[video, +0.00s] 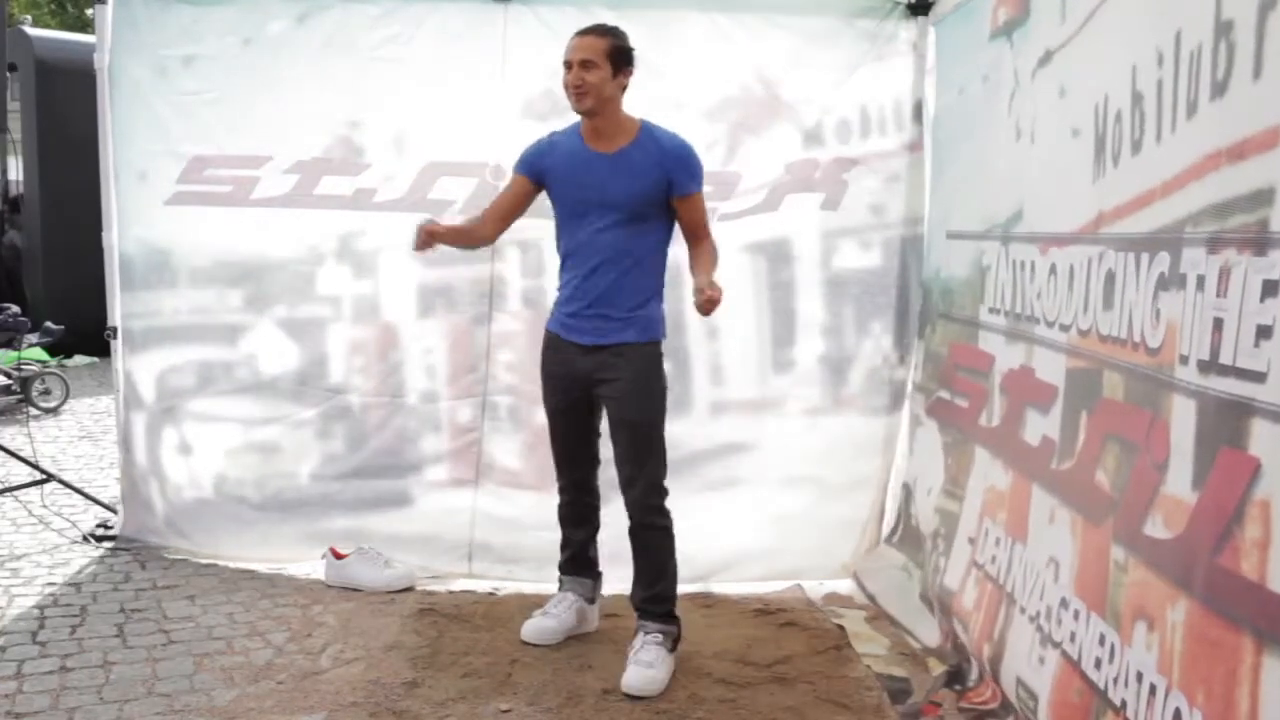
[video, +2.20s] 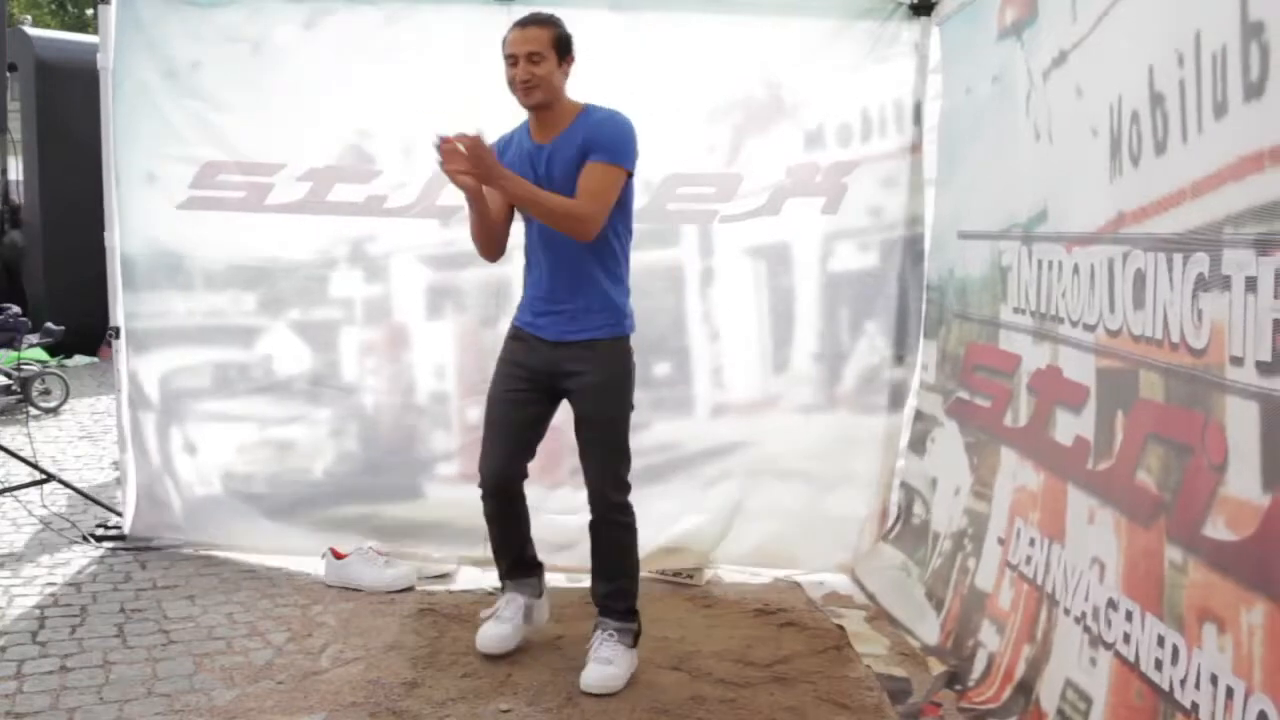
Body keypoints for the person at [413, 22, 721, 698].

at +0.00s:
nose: (574, 78)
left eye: (588, 67)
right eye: (569, 67)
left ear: (622, 76)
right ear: (564, 77)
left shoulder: (669, 153)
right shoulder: (549, 152)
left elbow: (700, 239)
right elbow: (488, 227)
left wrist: (703, 280)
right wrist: (447, 233)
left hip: (634, 347)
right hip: (564, 344)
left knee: (643, 496)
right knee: (575, 485)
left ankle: (657, 631)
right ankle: (577, 595)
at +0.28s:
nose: (591, 81)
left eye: (605, 70)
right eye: (587, 71)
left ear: (644, 81)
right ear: (584, 84)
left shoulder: (684, 162)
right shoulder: (577, 166)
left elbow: (687, 269)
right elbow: (559, 267)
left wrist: (628, 258)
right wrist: (511, 237)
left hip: (656, 356)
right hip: (589, 347)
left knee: (652, 503)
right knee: (556, 480)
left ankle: (656, 635)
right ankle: (584, 589)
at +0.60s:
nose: (580, 90)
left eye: (593, 78)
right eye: (576, 79)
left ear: (633, 85)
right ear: (577, 89)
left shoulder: (664, 149)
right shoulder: (599, 174)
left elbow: (639, 247)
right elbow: (590, 274)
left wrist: (542, 229)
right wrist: (536, 250)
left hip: (655, 363)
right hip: (604, 356)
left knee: (638, 504)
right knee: (568, 486)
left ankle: (669, 642)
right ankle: (610, 617)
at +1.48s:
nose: (563, 91)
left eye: (577, 81)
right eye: (555, 79)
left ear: (606, 87)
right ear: (546, 83)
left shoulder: (640, 163)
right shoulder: (524, 159)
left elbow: (645, 268)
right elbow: (498, 258)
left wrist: (595, 266)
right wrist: (497, 251)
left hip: (614, 351)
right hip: (546, 352)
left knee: (601, 493)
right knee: (557, 499)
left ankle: (606, 633)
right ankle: (595, 607)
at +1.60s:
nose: (583, 99)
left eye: (597, 88)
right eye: (574, 86)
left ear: (623, 92)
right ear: (561, 87)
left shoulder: (650, 176)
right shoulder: (523, 148)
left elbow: (661, 280)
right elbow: (443, 213)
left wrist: (678, 263)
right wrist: (448, 185)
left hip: (609, 349)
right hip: (536, 354)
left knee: (604, 482)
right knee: (554, 499)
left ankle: (611, 622)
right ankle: (590, 610)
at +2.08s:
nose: (547, 85)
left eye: (560, 73)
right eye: (538, 75)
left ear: (591, 78)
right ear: (529, 84)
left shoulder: (632, 157)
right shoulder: (520, 155)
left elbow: (633, 263)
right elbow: (481, 247)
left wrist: (580, 212)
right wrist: (458, 175)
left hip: (600, 356)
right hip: (530, 348)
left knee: (599, 504)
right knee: (489, 478)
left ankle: (607, 632)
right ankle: (543, 564)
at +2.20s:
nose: (524, 72)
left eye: (535, 59)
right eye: (513, 62)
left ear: (566, 65)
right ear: (506, 72)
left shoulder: (608, 129)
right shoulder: (507, 148)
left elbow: (585, 220)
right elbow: (493, 248)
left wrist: (497, 177)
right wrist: (473, 190)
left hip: (599, 343)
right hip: (530, 338)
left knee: (607, 492)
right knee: (497, 477)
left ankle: (617, 630)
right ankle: (522, 591)